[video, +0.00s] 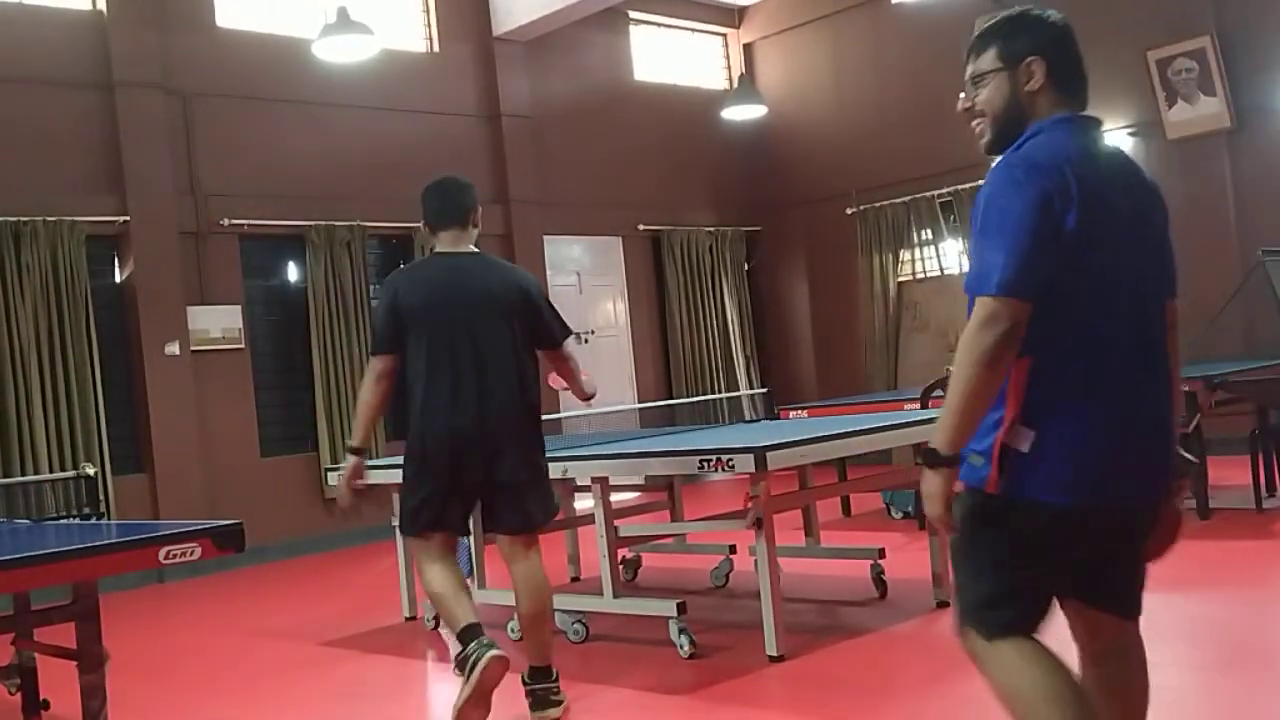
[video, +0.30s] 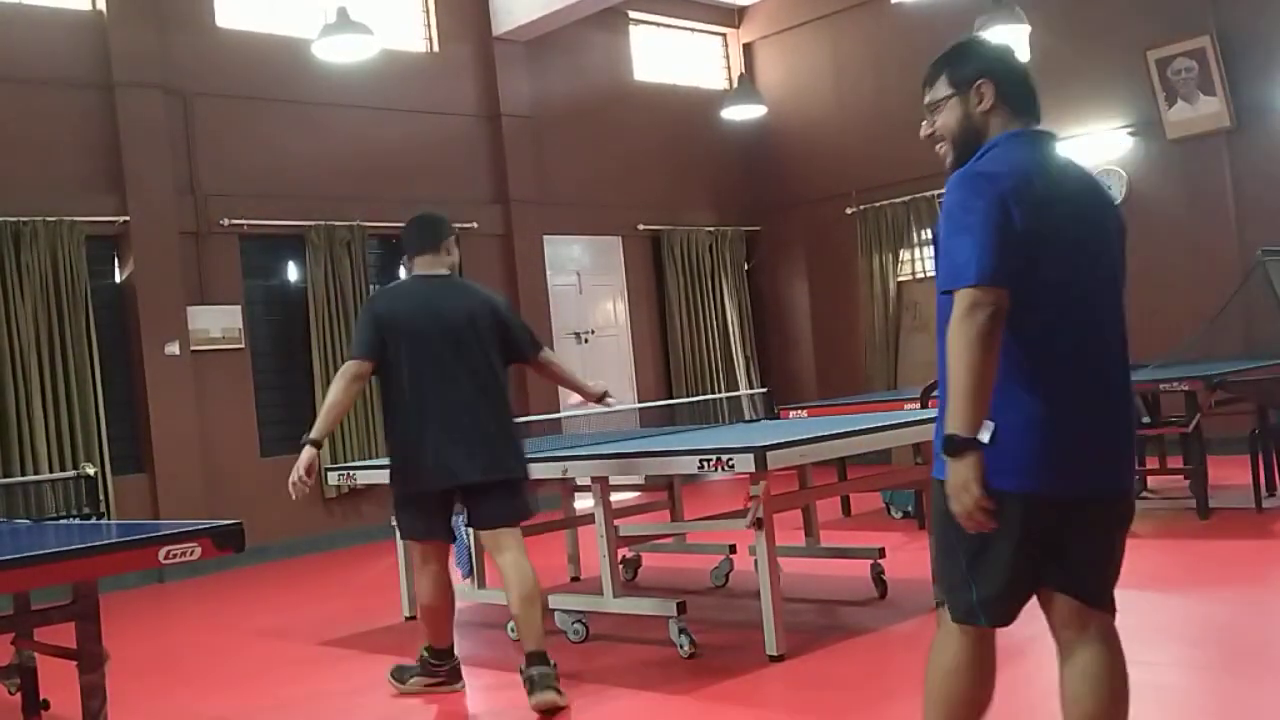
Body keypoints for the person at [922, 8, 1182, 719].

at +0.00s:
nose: (965, 103)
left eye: (978, 81)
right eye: (964, 87)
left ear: (1032, 75)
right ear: (1041, 81)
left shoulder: (1023, 172)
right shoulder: (1134, 179)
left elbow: (996, 321)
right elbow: (1162, 330)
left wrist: (939, 455)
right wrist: (1164, 464)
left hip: (1038, 461)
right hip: (1129, 456)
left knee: (990, 628)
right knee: (1107, 631)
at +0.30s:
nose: (927, 128)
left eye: (934, 106)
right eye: (925, 113)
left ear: (982, 96)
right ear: (1000, 101)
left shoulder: (980, 182)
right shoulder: (1089, 186)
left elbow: (979, 306)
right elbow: (1094, 323)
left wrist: (959, 446)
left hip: (1003, 456)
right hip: (1098, 452)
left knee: (963, 621)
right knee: (1083, 618)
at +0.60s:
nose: (886, 150)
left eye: (893, 131)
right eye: (884, 135)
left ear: (938, 123)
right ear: (952, 125)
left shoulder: (921, 211)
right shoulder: (1048, 209)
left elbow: (898, 326)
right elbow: (1050, 337)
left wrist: (855, 450)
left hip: (948, 464)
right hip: (1046, 456)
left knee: (949, 614)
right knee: (1045, 610)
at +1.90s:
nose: (881, 213)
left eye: (881, 205)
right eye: (881, 205)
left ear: (893, 204)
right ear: (942, 195)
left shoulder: (884, 274)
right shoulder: (1000, 247)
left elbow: (866, 368)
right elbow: (1045, 340)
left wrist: (858, 393)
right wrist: (1064, 411)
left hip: (935, 443)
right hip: (1010, 435)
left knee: (947, 546)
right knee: (1016, 552)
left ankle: (958, 658)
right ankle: (1031, 693)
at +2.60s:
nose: (863, 231)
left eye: (867, 218)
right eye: (860, 221)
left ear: (901, 209)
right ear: (917, 210)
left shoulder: (891, 268)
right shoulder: (983, 248)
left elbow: (868, 364)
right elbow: (1026, 320)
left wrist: (872, 352)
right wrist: (1022, 387)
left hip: (940, 421)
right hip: (1002, 410)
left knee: (939, 530)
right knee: (1004, 515)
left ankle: (957, 654)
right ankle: (1029, 618)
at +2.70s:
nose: (887, 221)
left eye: (895, 210)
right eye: (886, 212)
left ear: (928, 206)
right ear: (936, 209)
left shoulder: (922, 263)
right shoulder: (994, 252)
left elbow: (896, 347)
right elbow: (1010, 331)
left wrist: (864, 369)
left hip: (953, 425)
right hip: (1011, 417)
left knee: (946, 532)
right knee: (1008, 519)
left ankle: (957, 654)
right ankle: (1037, 628)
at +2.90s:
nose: (935, 207)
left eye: (944, 197)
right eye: (933, 199)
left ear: (977, 196)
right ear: (973, 201)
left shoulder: (983, 248)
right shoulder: (1000, 244)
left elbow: (986, 327)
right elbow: (997, 330)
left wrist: (912, 357)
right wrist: (939, 359)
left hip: (992, 412)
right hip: (1030, 407)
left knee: (968, 515)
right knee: (1019, 513)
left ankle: (980, 638)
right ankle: (1036, 631)